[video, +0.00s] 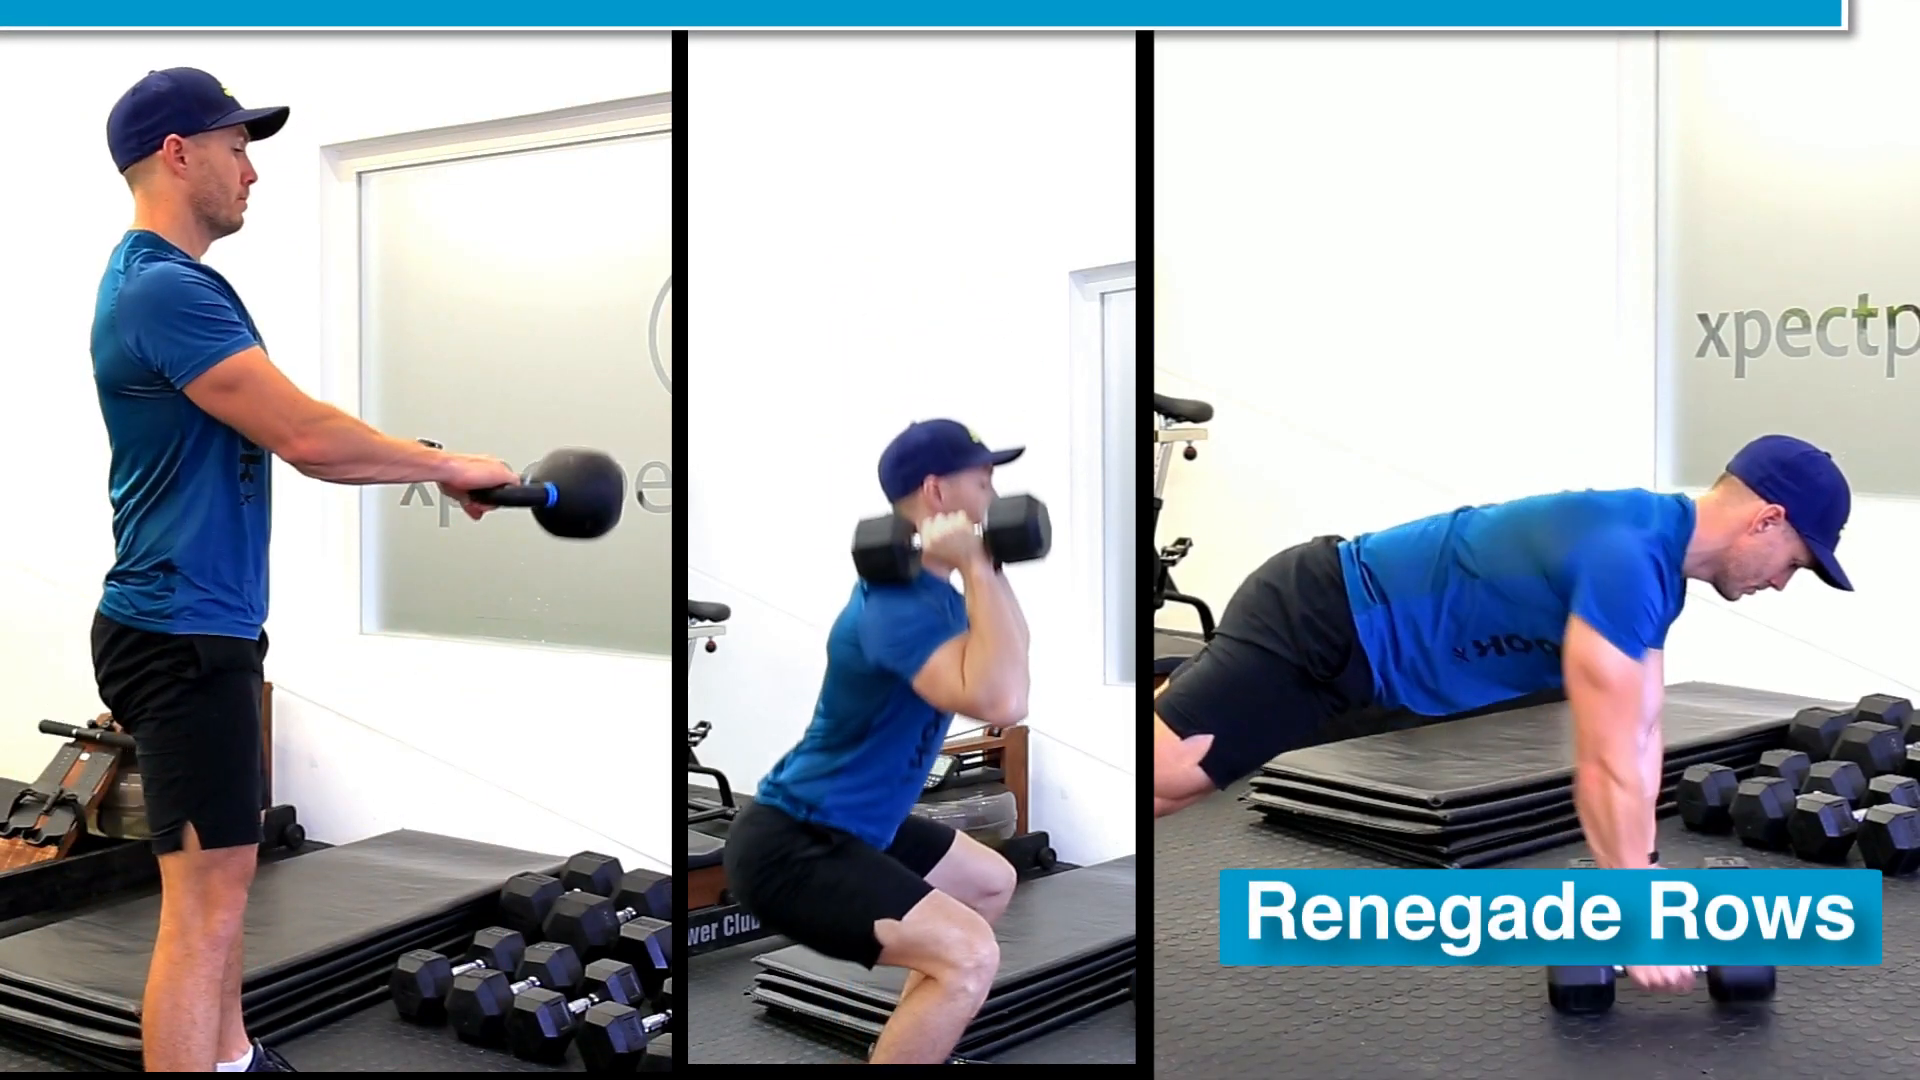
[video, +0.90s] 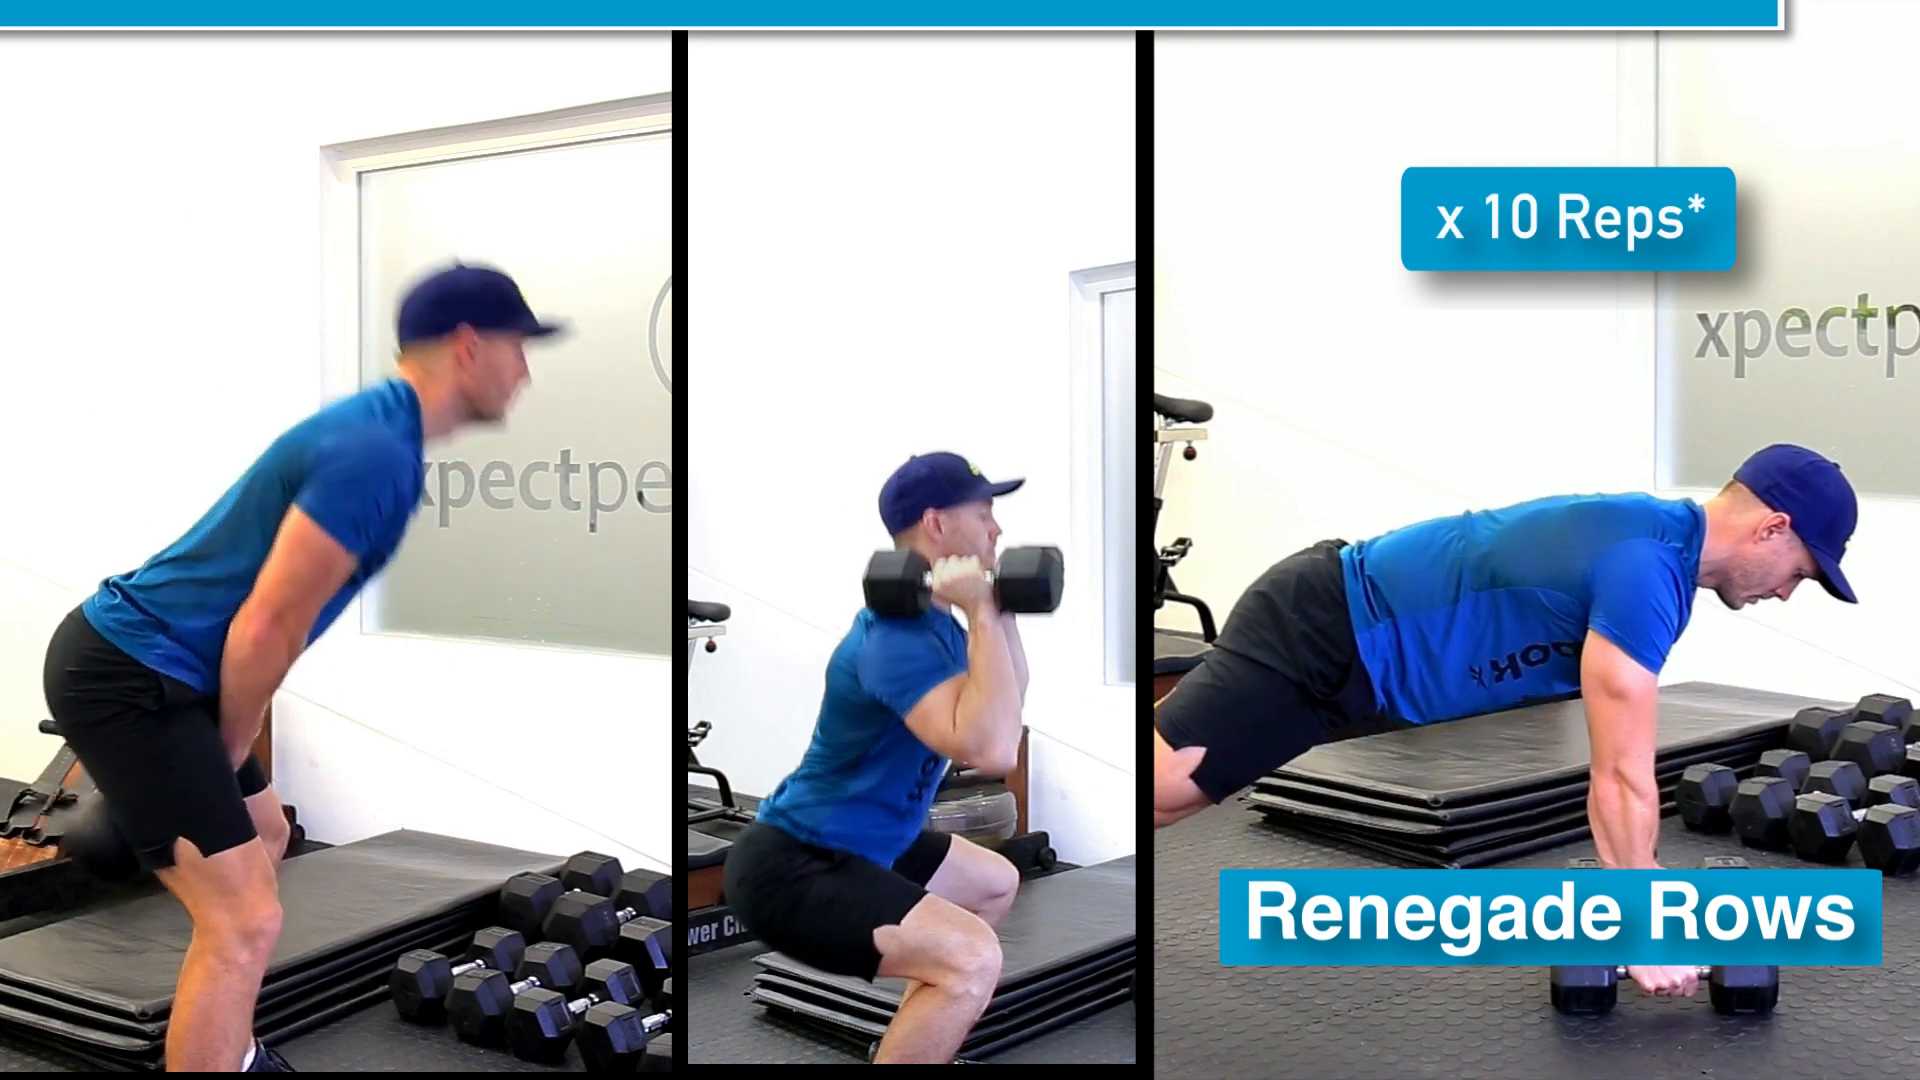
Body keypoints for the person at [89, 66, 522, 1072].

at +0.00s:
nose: (253, 166)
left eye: (249, 147)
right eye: (237, 147)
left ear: (176, 160)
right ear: (174, 155)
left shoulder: (173, 282)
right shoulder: (162, 287)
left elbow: (299, 434)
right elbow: (305, 440)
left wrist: (434, 466)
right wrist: (446, 469)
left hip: (206, 631)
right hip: (182, 636)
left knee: (220, 888)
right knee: (204, 907)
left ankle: (226, 1059)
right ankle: (190, 1078)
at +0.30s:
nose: (314, 181)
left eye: (310, 161)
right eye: (298, 159)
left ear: (240, 171)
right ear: (238, 166)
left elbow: (299, 489)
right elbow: (287, 505)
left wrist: (382, 578)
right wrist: (389, 590)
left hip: (189, 645)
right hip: (156, 650)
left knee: (250, 851)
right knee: (231, 912)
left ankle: (221, 1047)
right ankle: (199, 1076)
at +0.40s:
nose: (372, 222)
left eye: (370, 201)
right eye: (357, 198)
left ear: (299, 207)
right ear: (295, 201)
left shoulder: (274, 336)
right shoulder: (257, 343)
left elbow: (289, 531)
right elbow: (271, 556)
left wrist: (335, 643)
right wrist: (338, 658)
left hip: (175, 656)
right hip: (139, 663)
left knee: (261, 841)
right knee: (242, 919)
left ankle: (218, 1042)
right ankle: (207, 1071)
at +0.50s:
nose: (441, 282)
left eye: (439, 261)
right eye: (425, 259)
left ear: (368, 266)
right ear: (367, 261)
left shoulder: (318, 382)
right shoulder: (312, 393)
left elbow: (272, 587)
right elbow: (264, 599)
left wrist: (279, 713)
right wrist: (277, 734)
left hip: (166, 673)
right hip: (128, 676)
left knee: (262, 859)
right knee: (247, 923)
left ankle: (222, 1041)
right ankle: (205, 1062)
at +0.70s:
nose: (535, 401)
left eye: (536, 379)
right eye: (526, 376)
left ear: (468, 381)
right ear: (473, 380)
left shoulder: (387, 467)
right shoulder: (379, 488)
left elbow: (264, 650)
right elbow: (249, 660)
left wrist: (247, 779)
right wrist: (203, 779)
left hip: (163, 674)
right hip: (118, 685)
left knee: (273, 835)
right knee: (251, 928)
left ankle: (218, 1033)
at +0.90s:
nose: (528, 367)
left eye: (528, 347)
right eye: (517, 346)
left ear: (461, 350)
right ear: (465, 348)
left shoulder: (378, 437)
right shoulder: (376, 453)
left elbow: (269, 630)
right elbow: (262, 630)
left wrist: (252, 780)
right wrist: (223, 772)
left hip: (149, 660)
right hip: (129, 669)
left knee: (253, 882)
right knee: (241, 925)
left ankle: (225, 1049)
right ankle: (207, 1063)